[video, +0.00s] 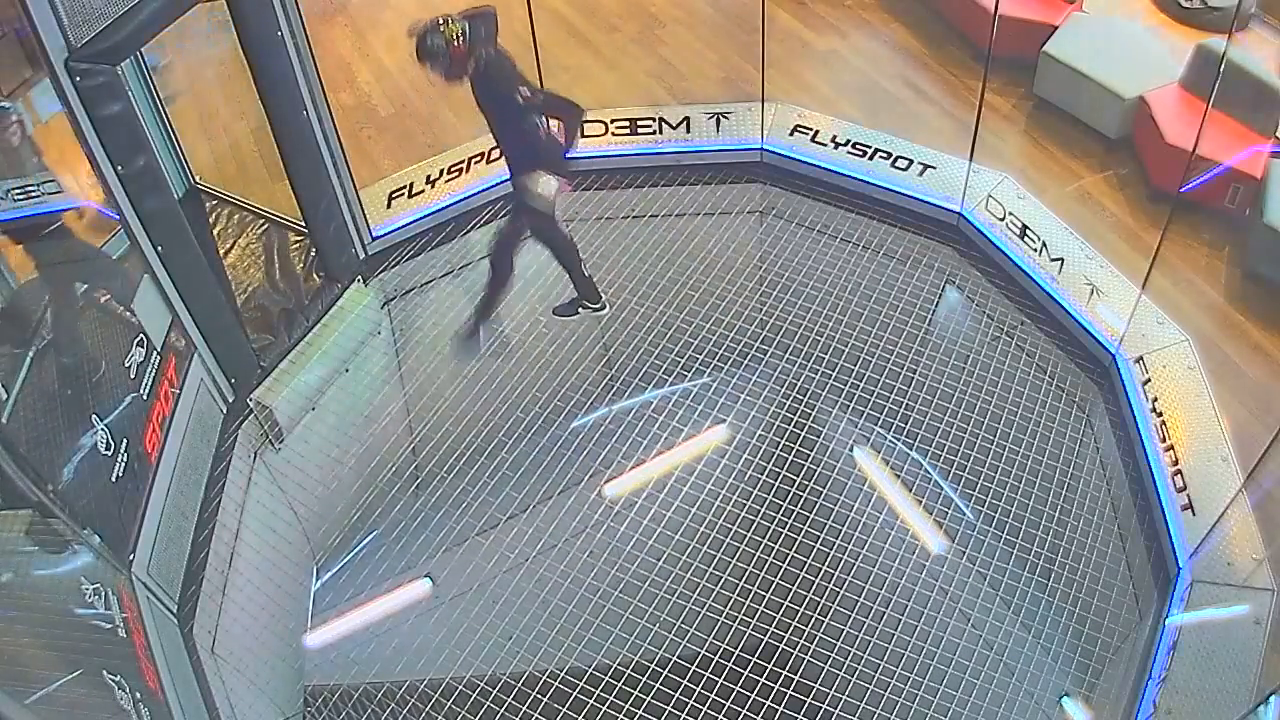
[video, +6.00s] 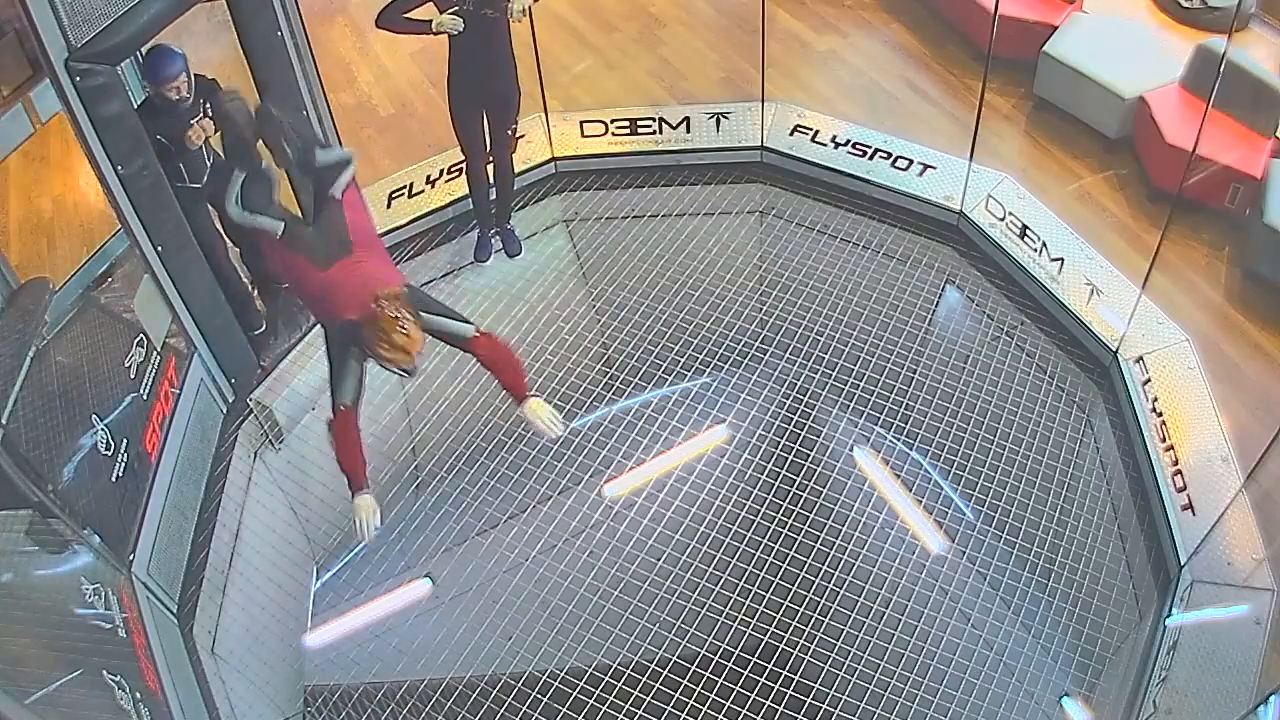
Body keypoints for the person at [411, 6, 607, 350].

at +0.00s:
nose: (442, 73)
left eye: (441, 64)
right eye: (436, 67)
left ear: (457, 49)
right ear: (459, 43)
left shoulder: (496, 74)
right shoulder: (485, 58)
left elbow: (573, 111)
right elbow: (487, 14)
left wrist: (562, 156)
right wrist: (444, 24)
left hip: (537, 169)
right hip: (528, 167)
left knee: (503, 252)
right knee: (546, 230)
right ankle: (589, 294)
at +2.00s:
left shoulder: (522, 3)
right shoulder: (464, 3)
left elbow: (581, 6)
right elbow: (439, 28)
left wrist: (534, 28)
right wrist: (390, 30)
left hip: (527, 75)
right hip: (498, 81)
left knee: (536, 147)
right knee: (530, 141)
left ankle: (558, 221)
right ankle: (580, 176)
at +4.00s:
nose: (414, 3)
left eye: (417, 1)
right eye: (409, 4)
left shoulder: (466, 7)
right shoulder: (397, 9)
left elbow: (532, 25)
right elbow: (362, 38)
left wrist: (488, 50)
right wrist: (378, 62)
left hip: (471, 98)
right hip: (432, 105)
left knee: (486, 162)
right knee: (449, 173)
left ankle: (503, 224)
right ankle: (466, 232)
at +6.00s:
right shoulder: (437, 1)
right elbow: (384, 18)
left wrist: (521, 4)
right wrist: (431, 25)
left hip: (502, 76)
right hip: (463, 81)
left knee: (503, 153)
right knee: (475, 158)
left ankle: (504, 224)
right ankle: (485, 229)